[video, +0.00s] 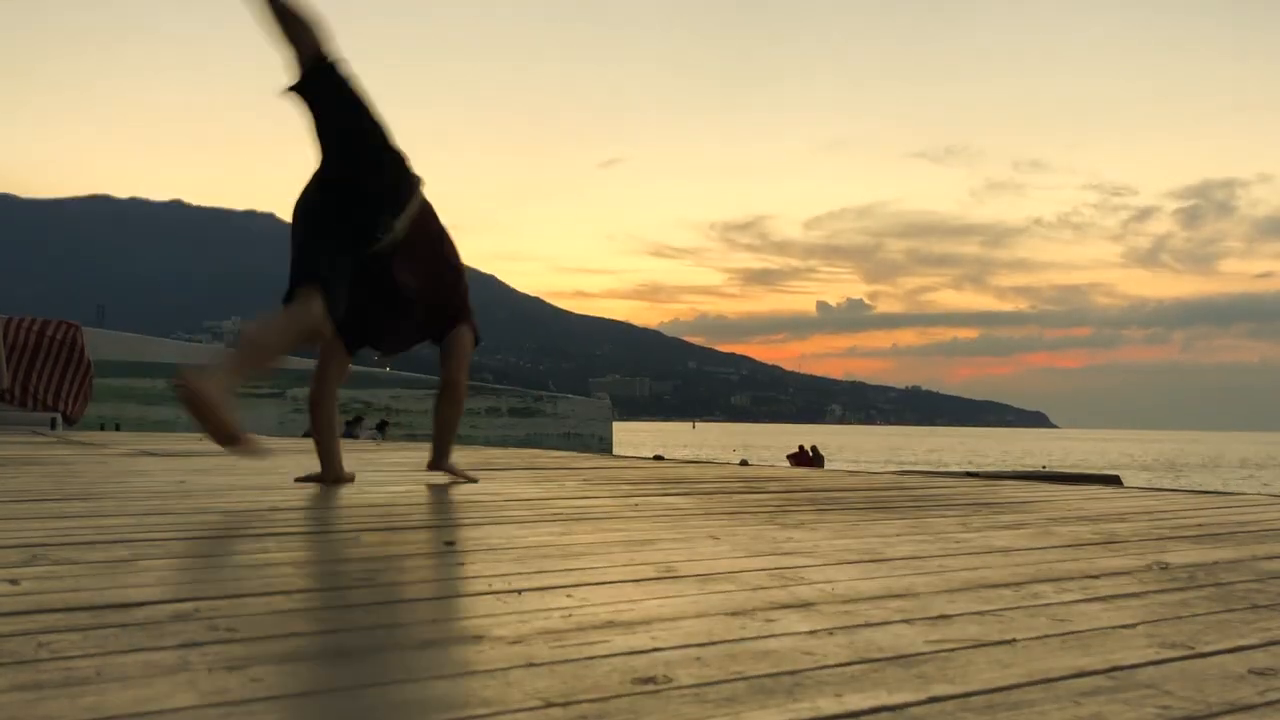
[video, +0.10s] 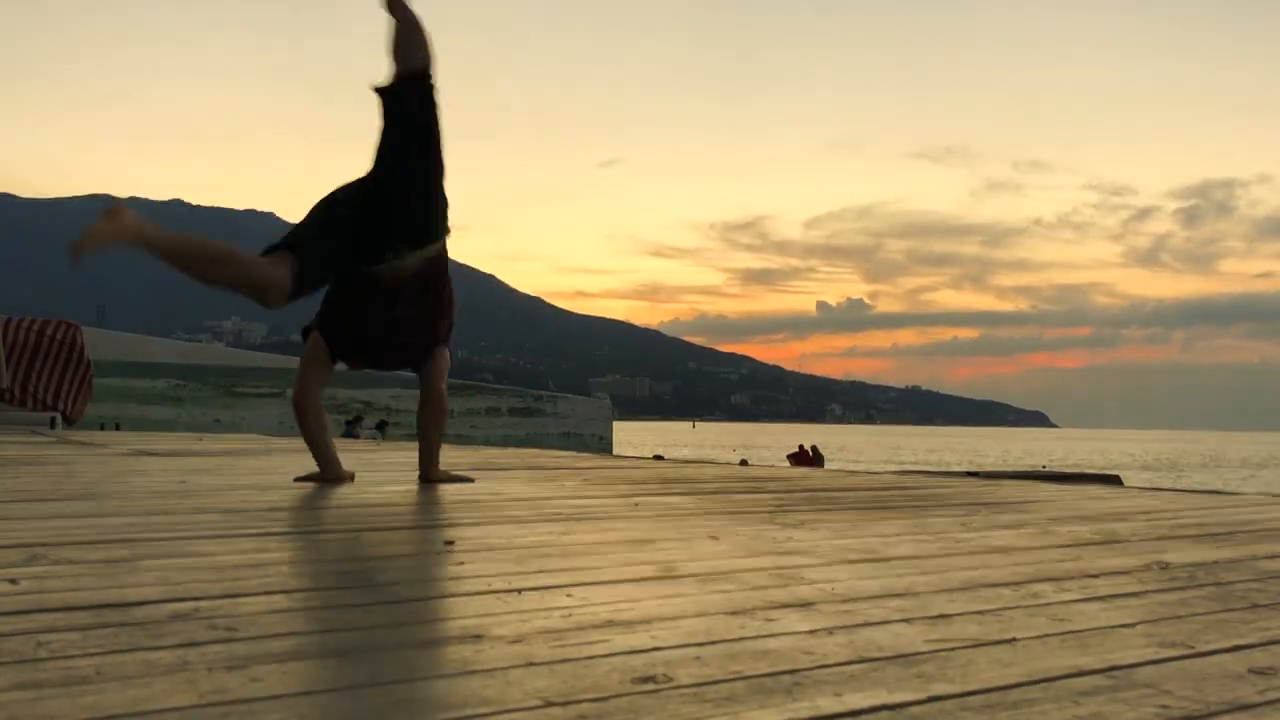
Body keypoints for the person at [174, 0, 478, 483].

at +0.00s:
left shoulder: (360, 313)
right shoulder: (454, 309)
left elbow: (324, 391)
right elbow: (454, 385)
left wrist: (332, 470)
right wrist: (440, 458)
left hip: (324, 213)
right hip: (379, 180)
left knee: (309, 314)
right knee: (315, 58)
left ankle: (214, 382)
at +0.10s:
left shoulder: (334, 327)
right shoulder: (431, 328)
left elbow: (305, 400)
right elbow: (435, 395)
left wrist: (331, 470)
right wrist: (430, 470)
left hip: (345, 225)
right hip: (411, 220)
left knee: (271, 285)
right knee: (415, 84)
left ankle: (136, 231)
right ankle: (400, 9)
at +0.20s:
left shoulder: (314, 351)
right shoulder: (410, 365)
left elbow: (291, 405)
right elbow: (426, 410)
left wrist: (327, 469)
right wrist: (429, 472)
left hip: (359, 243)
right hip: (434, 261)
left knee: (255, 238)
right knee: (490, 156)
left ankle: (206, 101)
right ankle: (517, 79)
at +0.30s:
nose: (298, 426)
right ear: (330, 415)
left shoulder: (291, 373)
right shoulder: (386, 379)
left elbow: (270, 418)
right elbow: (415, 411)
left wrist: (320, 470)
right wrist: (427, 472)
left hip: (384, 275)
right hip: (438, 320)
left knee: (304, 188)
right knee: (530, 237)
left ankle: (375, 77)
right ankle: (595, 186)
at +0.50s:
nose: (248, 453)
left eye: (246, 452)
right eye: (248, 455)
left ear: (243, 429)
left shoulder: (256, 404)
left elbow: (260, 443)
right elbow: (407, 401)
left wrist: (313, 470)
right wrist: (427, 471)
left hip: (406, 371)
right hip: (398, 318)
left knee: (512, 336)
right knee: (525, 231)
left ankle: (591, 405)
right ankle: (637, 259)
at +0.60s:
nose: (234, 432)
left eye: (229, 430)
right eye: (234, 443)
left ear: (235, 406)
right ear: (253, 445)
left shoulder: (253, 372)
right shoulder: (331, 431)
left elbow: (287, 441)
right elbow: (408, 402)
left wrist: (275, 464)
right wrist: (427, 471)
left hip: (418, 314)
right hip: (423, 372)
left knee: (564, 308)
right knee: (513, 385)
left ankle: (674, 339)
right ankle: (599, 457)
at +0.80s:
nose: (226, 432)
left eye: (217, 425)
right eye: (221, 441)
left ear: (223, 397)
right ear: (238, 443)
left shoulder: (269, 352)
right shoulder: (314, 417)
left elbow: (314, 376)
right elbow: (411, 398)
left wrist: (322, 454)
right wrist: (426, 473)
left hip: (446, 311)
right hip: (442, 373)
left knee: (570, 342)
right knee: (523, 414)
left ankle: (671, 385)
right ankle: (607, 450)